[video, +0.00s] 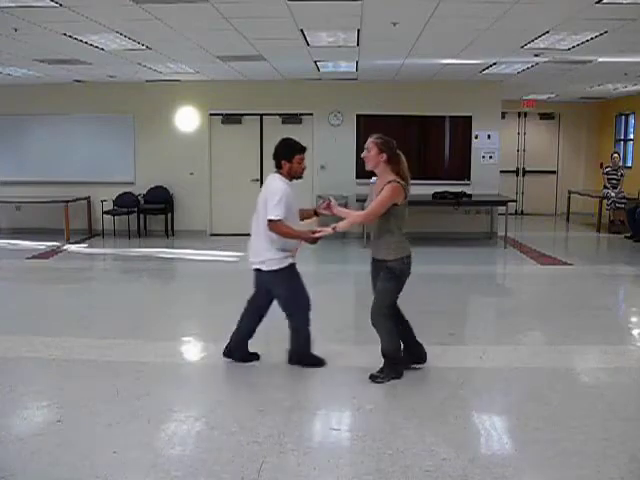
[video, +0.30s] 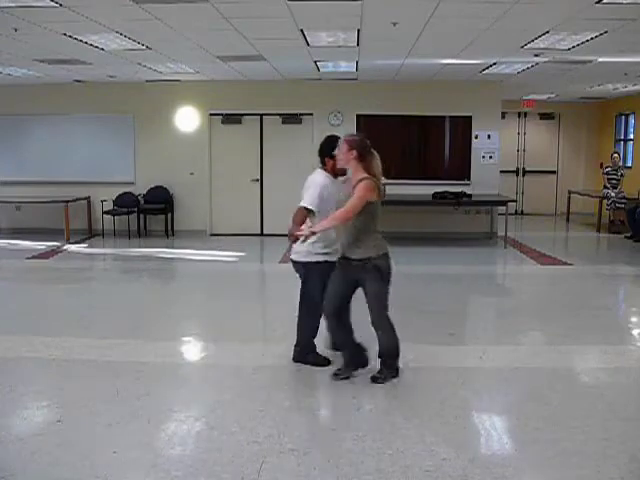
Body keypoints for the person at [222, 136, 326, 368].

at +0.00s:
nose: (304, 166)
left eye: (304, 161)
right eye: (300, 161)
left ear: (285, 165)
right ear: (285, 164)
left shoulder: (276, 183)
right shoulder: (279, 188)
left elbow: (287, 215)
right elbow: (274, 224)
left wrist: (314, 212)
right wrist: (303, 235)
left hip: (267, 259)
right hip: (275, 261)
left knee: (259, 303)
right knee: (299, 306)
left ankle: (236, 347)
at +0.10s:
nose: (318, 166)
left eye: (318, 161)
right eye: (315, 162)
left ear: (300, 164)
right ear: (300, 164)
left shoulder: (297, 184)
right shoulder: (293, 187)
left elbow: (298, 214)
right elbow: (287, 222)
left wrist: (320, 208)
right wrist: (309, 235)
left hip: (290, 256)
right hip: (293, 257)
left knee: (290, 296)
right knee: (311, 303)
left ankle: (253, 333)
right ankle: (306, 351)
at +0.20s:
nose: (334, 164)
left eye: (333, 159)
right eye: (329, 160)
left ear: (317, 163)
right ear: (314, 162)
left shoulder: (316, 182)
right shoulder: (305, 183)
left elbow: (315, 208)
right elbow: (298, 214)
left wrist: (331, 201)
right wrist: (304, 231)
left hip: (313, 254)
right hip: (301, 257)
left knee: (324, 293)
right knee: (315, 299)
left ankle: (288, 326)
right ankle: (306, 350)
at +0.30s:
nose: (344, 163)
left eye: (344, 158)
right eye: (340, 158)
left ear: (334, 160)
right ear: (328, 161)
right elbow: (303, 212)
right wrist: (293, 241)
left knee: (337, 300)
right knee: (311, 306)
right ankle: (304, 349)